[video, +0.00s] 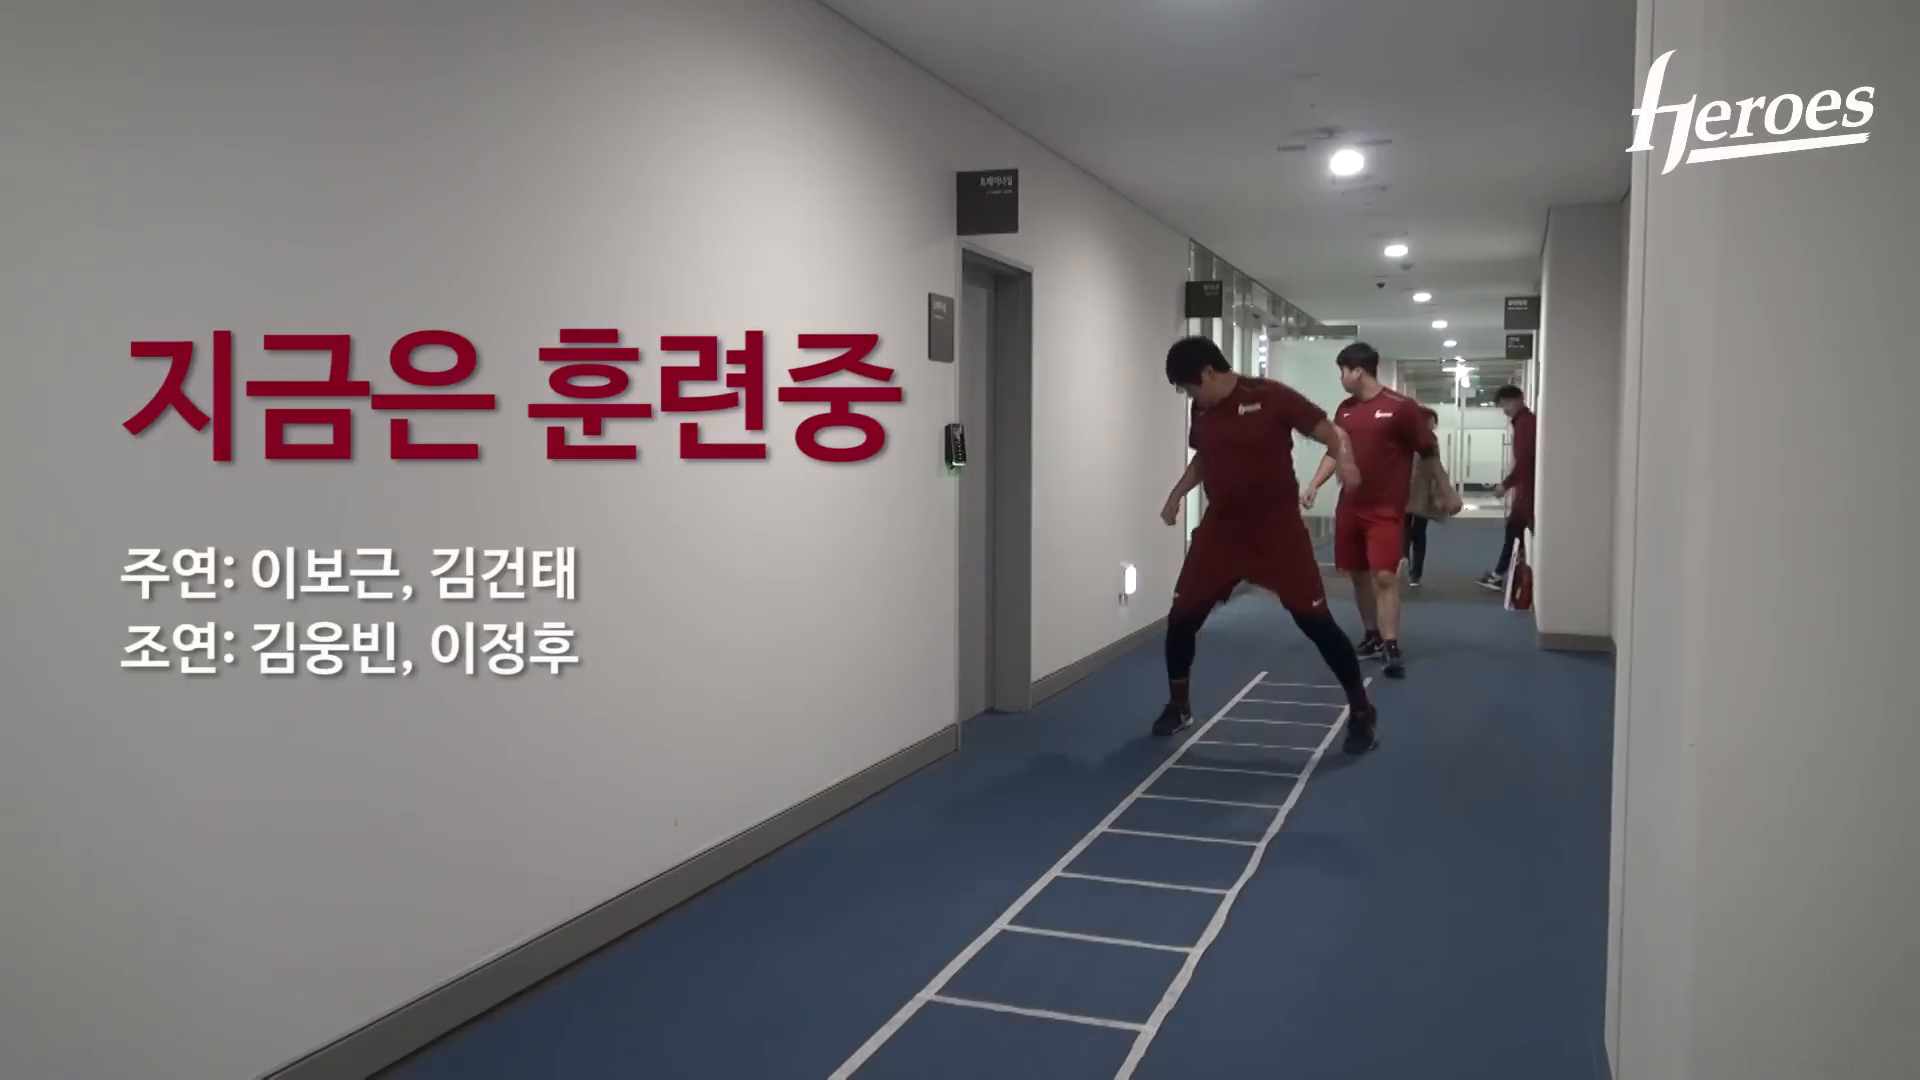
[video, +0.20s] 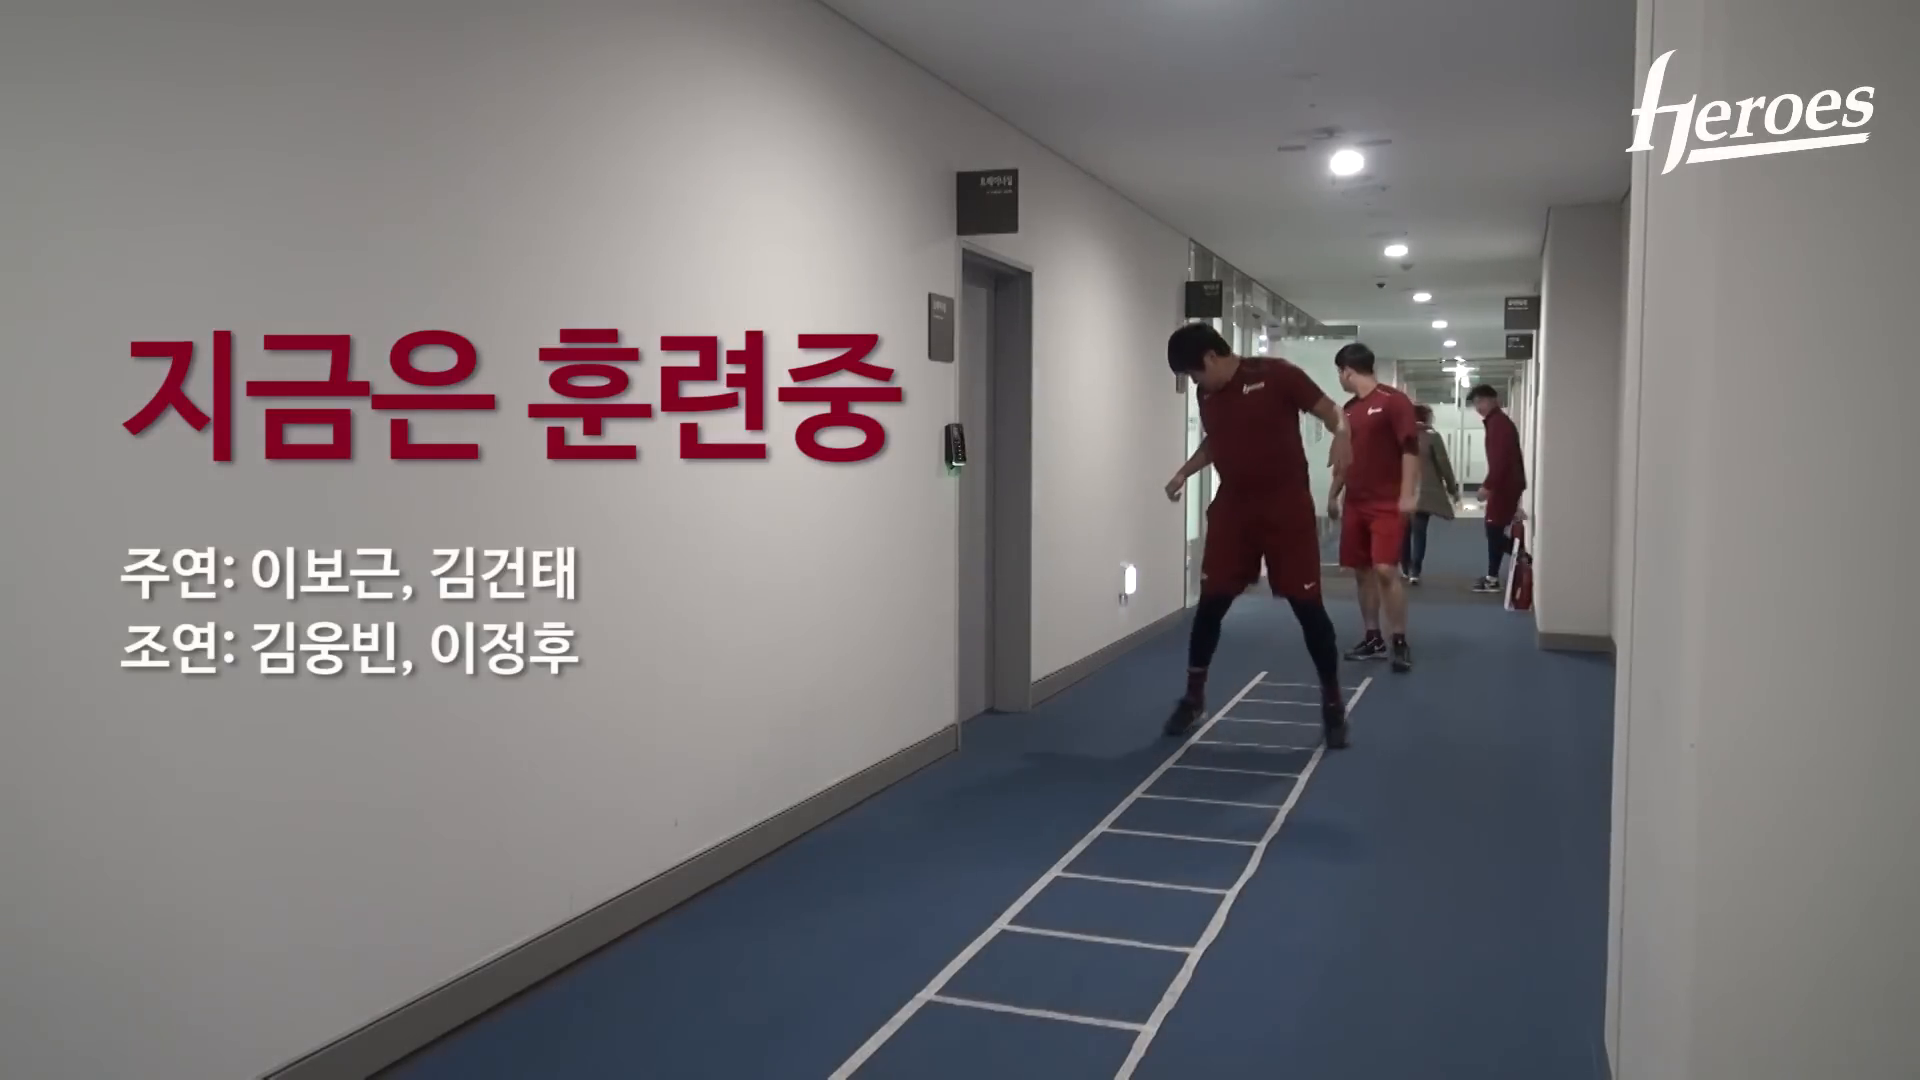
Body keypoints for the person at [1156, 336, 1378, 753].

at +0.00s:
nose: (1191, 398)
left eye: (1190, 389)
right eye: (1186, 391)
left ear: (1208, 372)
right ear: (1203, 375)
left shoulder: (1271, 396)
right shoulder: (1204, 413)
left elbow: (1332, 434)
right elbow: (1207, 458)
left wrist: (1345, 461)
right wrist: (1176, 492)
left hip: (1278, 531)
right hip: (1221, 533)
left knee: (1313, 619)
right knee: (1181, 618)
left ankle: (1361, 709)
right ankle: (1177, 705)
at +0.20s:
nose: (1196, 384)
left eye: (1196, 374)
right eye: (1191, 378)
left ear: (1212, 356)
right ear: (1207, 361)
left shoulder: (1277, 374)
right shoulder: (1207, 394)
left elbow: (1332, 412)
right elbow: (1216, 440)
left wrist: (1341, 440)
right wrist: (1185, 471)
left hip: (1287, 512)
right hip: (1233, 514)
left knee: (1307, 605)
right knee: (1211, 604)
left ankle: (1332, 703)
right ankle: (1193, 698)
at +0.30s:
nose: (1200, 384)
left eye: (1200, 375)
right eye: (1196, 378)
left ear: (1218, 359)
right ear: (1213, 363)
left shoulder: (1280, 376)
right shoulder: (1212, 398)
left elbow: (1340, 404)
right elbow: (1216, 443)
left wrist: (1354, 418)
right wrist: (1183, 469)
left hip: (1291, 504)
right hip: (1239, 506)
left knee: (1292, 602)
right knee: (1226, 603)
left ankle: (1298, 693)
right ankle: (1249, 687)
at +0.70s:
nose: (1242, 365)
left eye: (1250, 356)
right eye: (1235, 358)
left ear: (1269, 357)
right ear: (1230, 361)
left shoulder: (1299, 397)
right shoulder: (1224, 404)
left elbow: (1334, 445)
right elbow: (1217, 444)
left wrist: (1299, 447)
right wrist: (1211, 467)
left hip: (1295, 523)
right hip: (1241, 523)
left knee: (1325, 607)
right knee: (1204, 604)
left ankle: (1349, 692)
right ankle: (1196, 686)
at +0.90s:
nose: (1242, 353)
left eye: (1249, 344)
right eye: (1236, 346)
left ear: (1271, 340)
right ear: (1233, 346)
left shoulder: (1306, 381)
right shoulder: (1226, 388)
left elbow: (1333, 428)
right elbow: (1221, 435)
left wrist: (1303, 460)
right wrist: (1206, 471)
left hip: (1299, 505)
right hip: (1248, 503)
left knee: (1313, 592)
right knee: (1232, 590)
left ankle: (1328, 686)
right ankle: (1218, 681)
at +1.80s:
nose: (1231, 381)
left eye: (1230, 374)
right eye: (1229, 375)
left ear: (1240, 369)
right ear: (1252, 366)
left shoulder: (1291, 393)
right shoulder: (1254, 402)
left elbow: (1331, 436)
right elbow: (1265, 459)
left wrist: (1306, 473)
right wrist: (1249, 493)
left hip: (1305, 512)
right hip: (1264, 511)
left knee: (1310, 592)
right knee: (1254, 590)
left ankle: (1315, 655)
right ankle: (1270, 669)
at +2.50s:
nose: (1258, 362)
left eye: (1258, 356)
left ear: (1261, 358)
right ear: (1291, 358)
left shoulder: (1273, 391)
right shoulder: (1306, 392)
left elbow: (1284, 440)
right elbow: (1325, 443)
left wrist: (1257, 473)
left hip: (1296, 493)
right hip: (1320, 491)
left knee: (1301, 575)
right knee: (1297, 573)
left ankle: (1340, 658)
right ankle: (1293, 652)